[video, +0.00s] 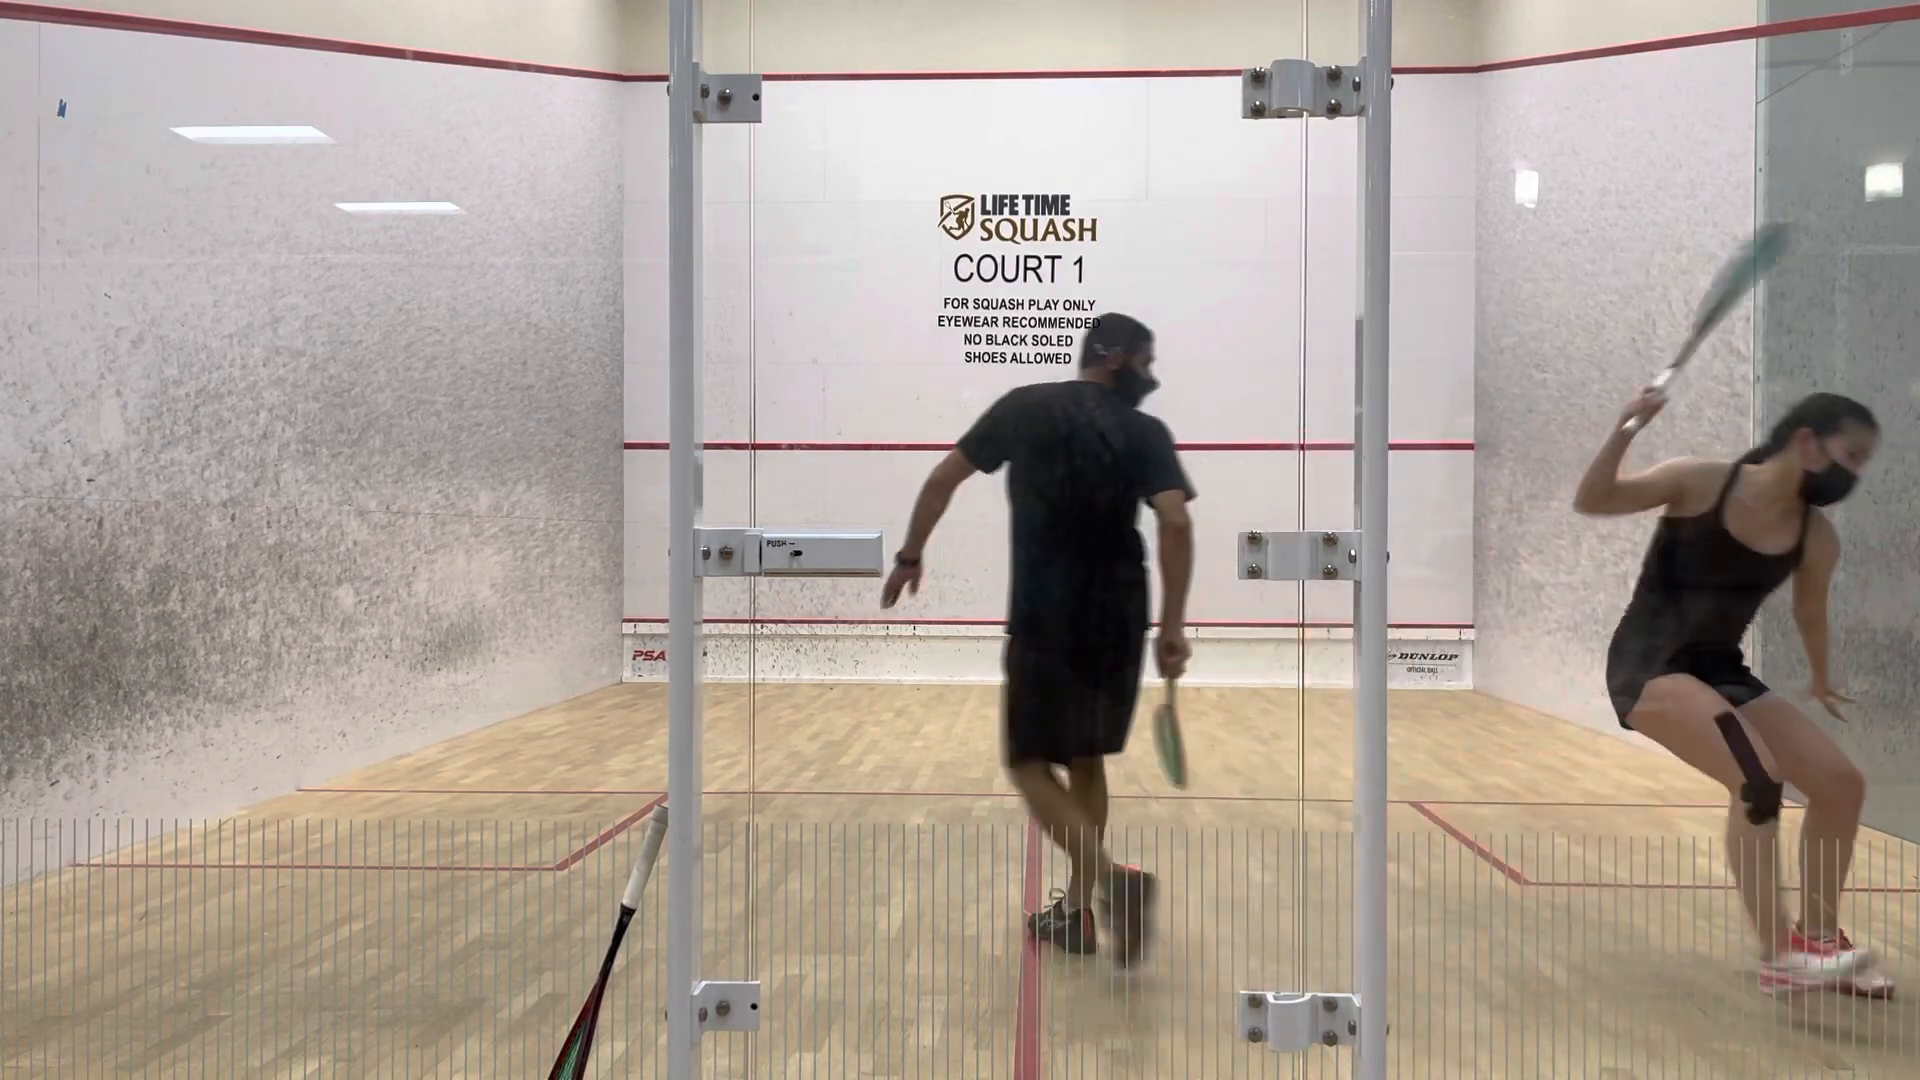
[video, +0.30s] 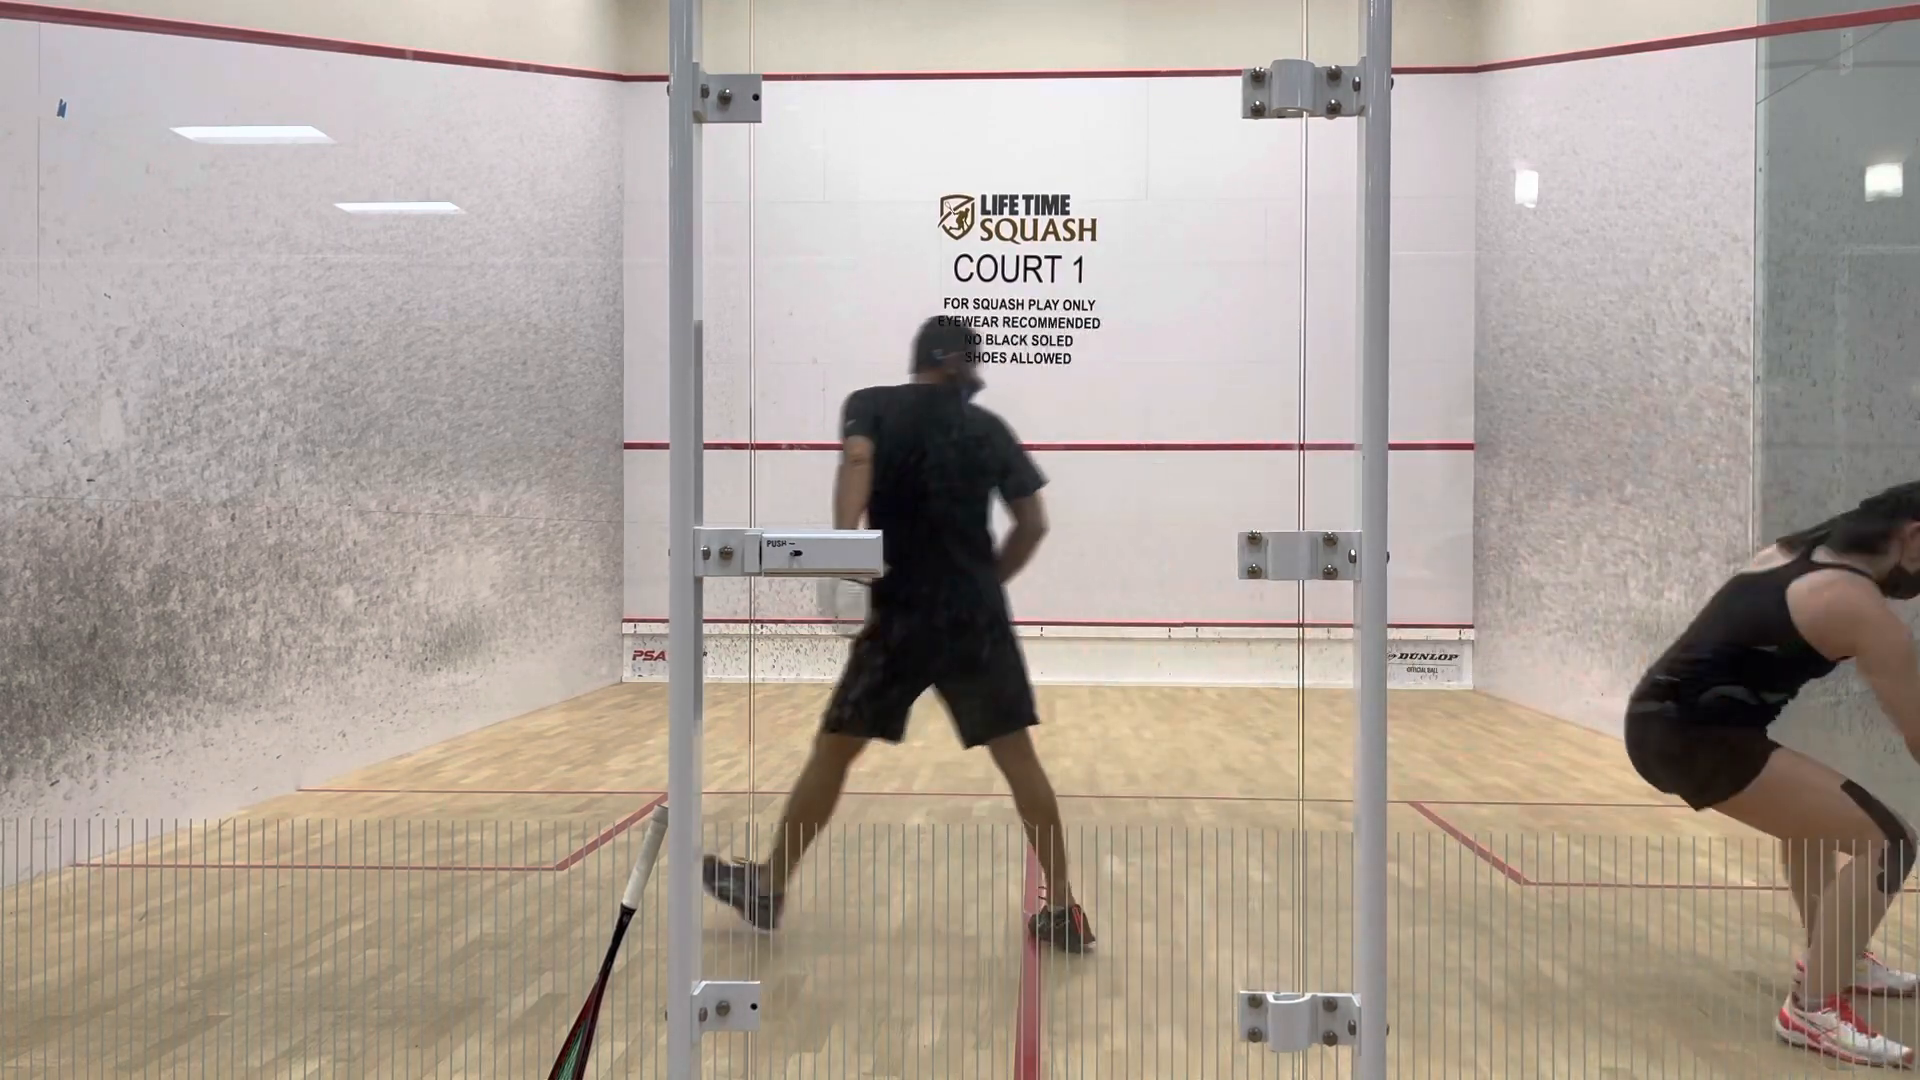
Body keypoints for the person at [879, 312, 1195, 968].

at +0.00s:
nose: (1153, 375)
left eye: (1152, 364)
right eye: (1148, 363)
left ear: (1087, 356)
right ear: (1119, 361)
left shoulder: (1024, 406)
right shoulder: (1142, 430)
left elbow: (944, 477)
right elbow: (1176, 520)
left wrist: (910, 552)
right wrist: (1171, 624)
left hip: (1042, 620)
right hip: (1116, 623)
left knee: (1027, 762)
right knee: (1088, 761)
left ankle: (1114, 880)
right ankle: (1076, 910)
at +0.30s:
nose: (977, 373)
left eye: (973, 362)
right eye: (974, 363)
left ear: (917, 360)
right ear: (965, 364)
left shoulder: (873, 405)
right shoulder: (986, 427)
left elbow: (857, 472)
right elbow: (1033, 525)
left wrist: (843, 541)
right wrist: (988, 578)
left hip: (901, 617)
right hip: (976, 618)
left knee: (833, 753)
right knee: (1021, 760)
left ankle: (769, 885)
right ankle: (1062, 907)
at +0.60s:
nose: (728, 365)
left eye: (727, 354)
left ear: (727, 357)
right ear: (781, 361)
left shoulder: (718, 404)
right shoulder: (815, 428)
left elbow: (713, 494)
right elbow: (836, 528)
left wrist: (670, 564)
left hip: (749, 600)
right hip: (813, 600)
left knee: (714, 738)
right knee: (785, 726)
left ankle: (733, 898)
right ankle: (881, 836)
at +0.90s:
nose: (587, 396)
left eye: (587, 386)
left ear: (587, 389)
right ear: (639, 388)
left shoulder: (598, 424)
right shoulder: (662, 438)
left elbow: (622, 491)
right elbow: (654, 555)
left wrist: (561, 544)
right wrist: (573, 568)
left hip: (650, 618)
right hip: (697, 612)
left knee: (659, 767)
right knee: (611, 713)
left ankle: (732, 899)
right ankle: (546, 834)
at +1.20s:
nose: (394, 477)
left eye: (396, 467)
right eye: (393, 467)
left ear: (412, 466)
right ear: (430, 462)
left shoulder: (452, 487)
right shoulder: (445, 514)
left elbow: (520, 503)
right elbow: (409, 589)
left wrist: (537, 570)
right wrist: (341, 625)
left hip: (533, 655)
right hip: (516, 661)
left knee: (568, 781)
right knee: (450, 752)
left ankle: (704, 862)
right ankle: (374, 861)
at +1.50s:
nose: (295, 507)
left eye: (295, 500)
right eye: (295, 501)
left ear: (301, 500)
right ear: (341, 489)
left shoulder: (328, 515)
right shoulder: (355, 529)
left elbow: (387, 517)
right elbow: (387, 593)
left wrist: (446, 573)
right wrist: (365, 649)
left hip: (461, 631)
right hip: (477, 623)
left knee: (456, 766)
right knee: (408, 724)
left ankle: (583, 827)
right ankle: (368, 859)